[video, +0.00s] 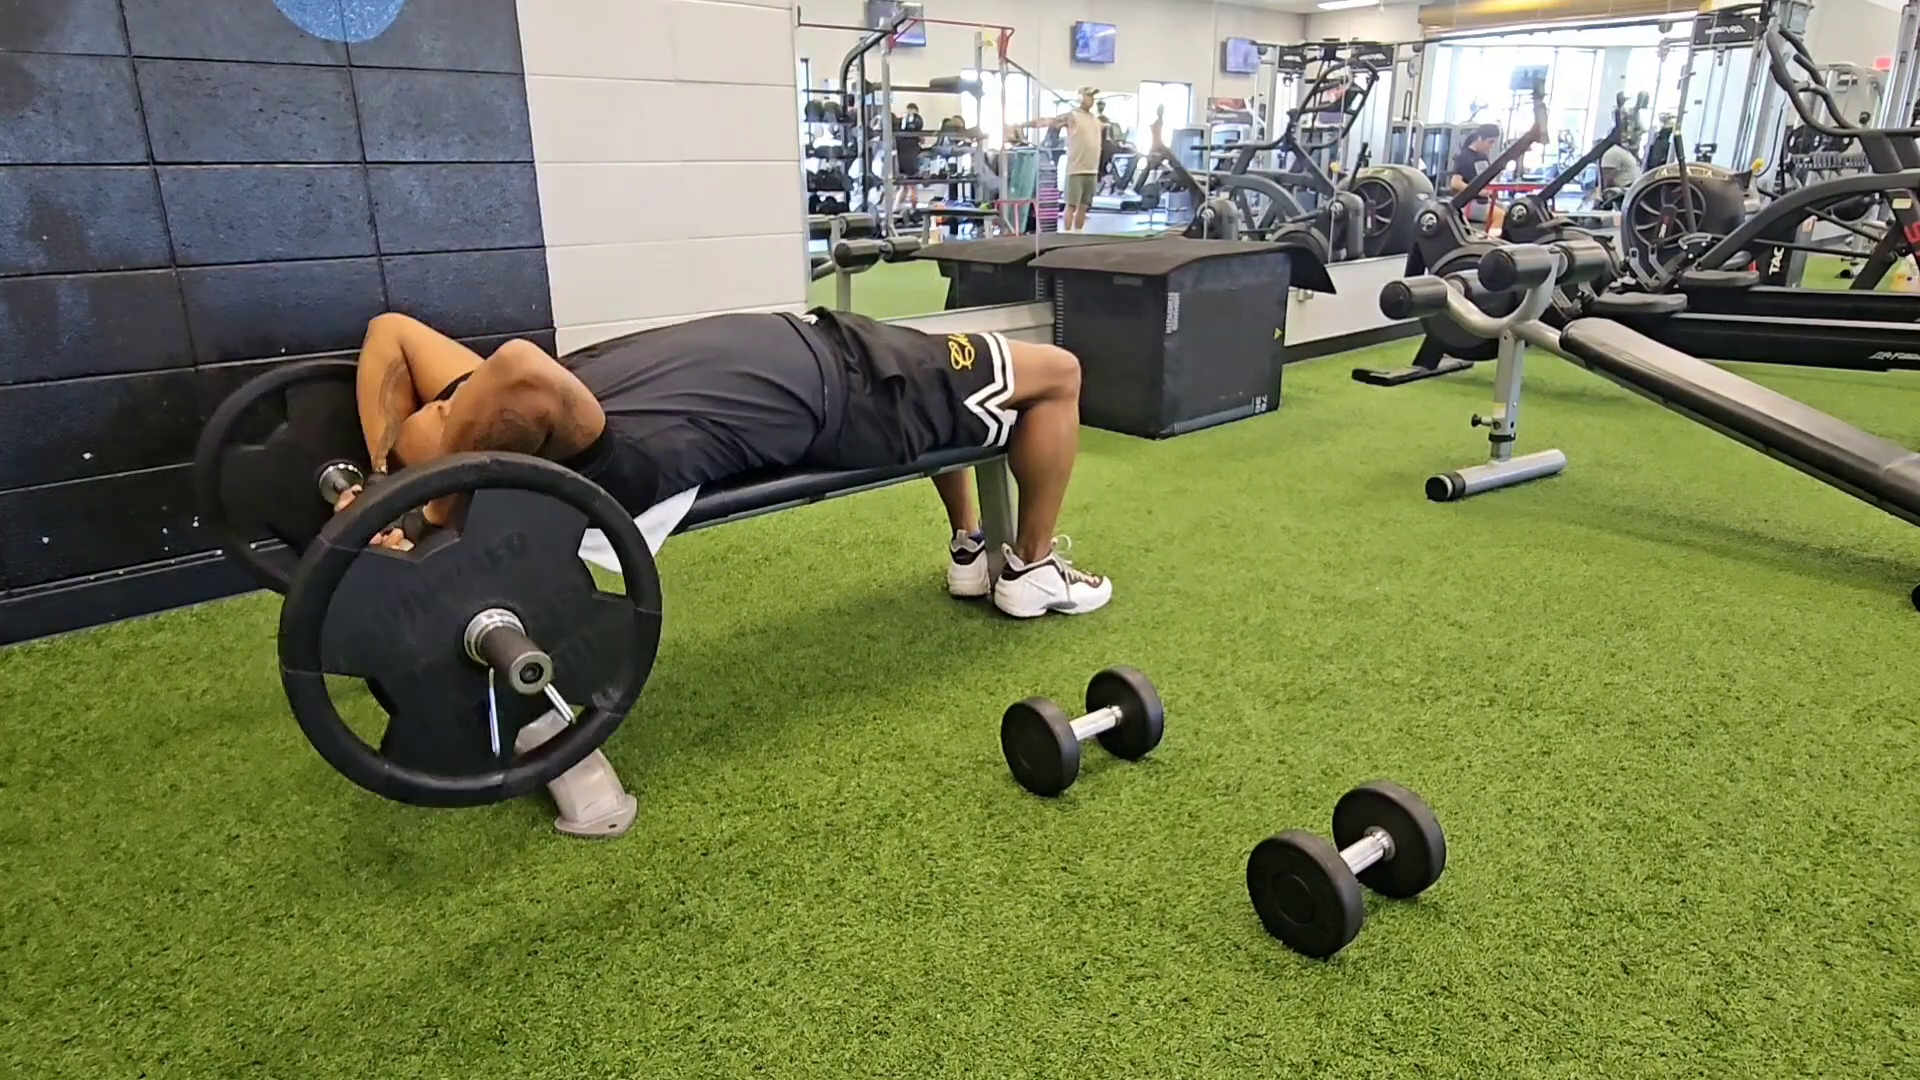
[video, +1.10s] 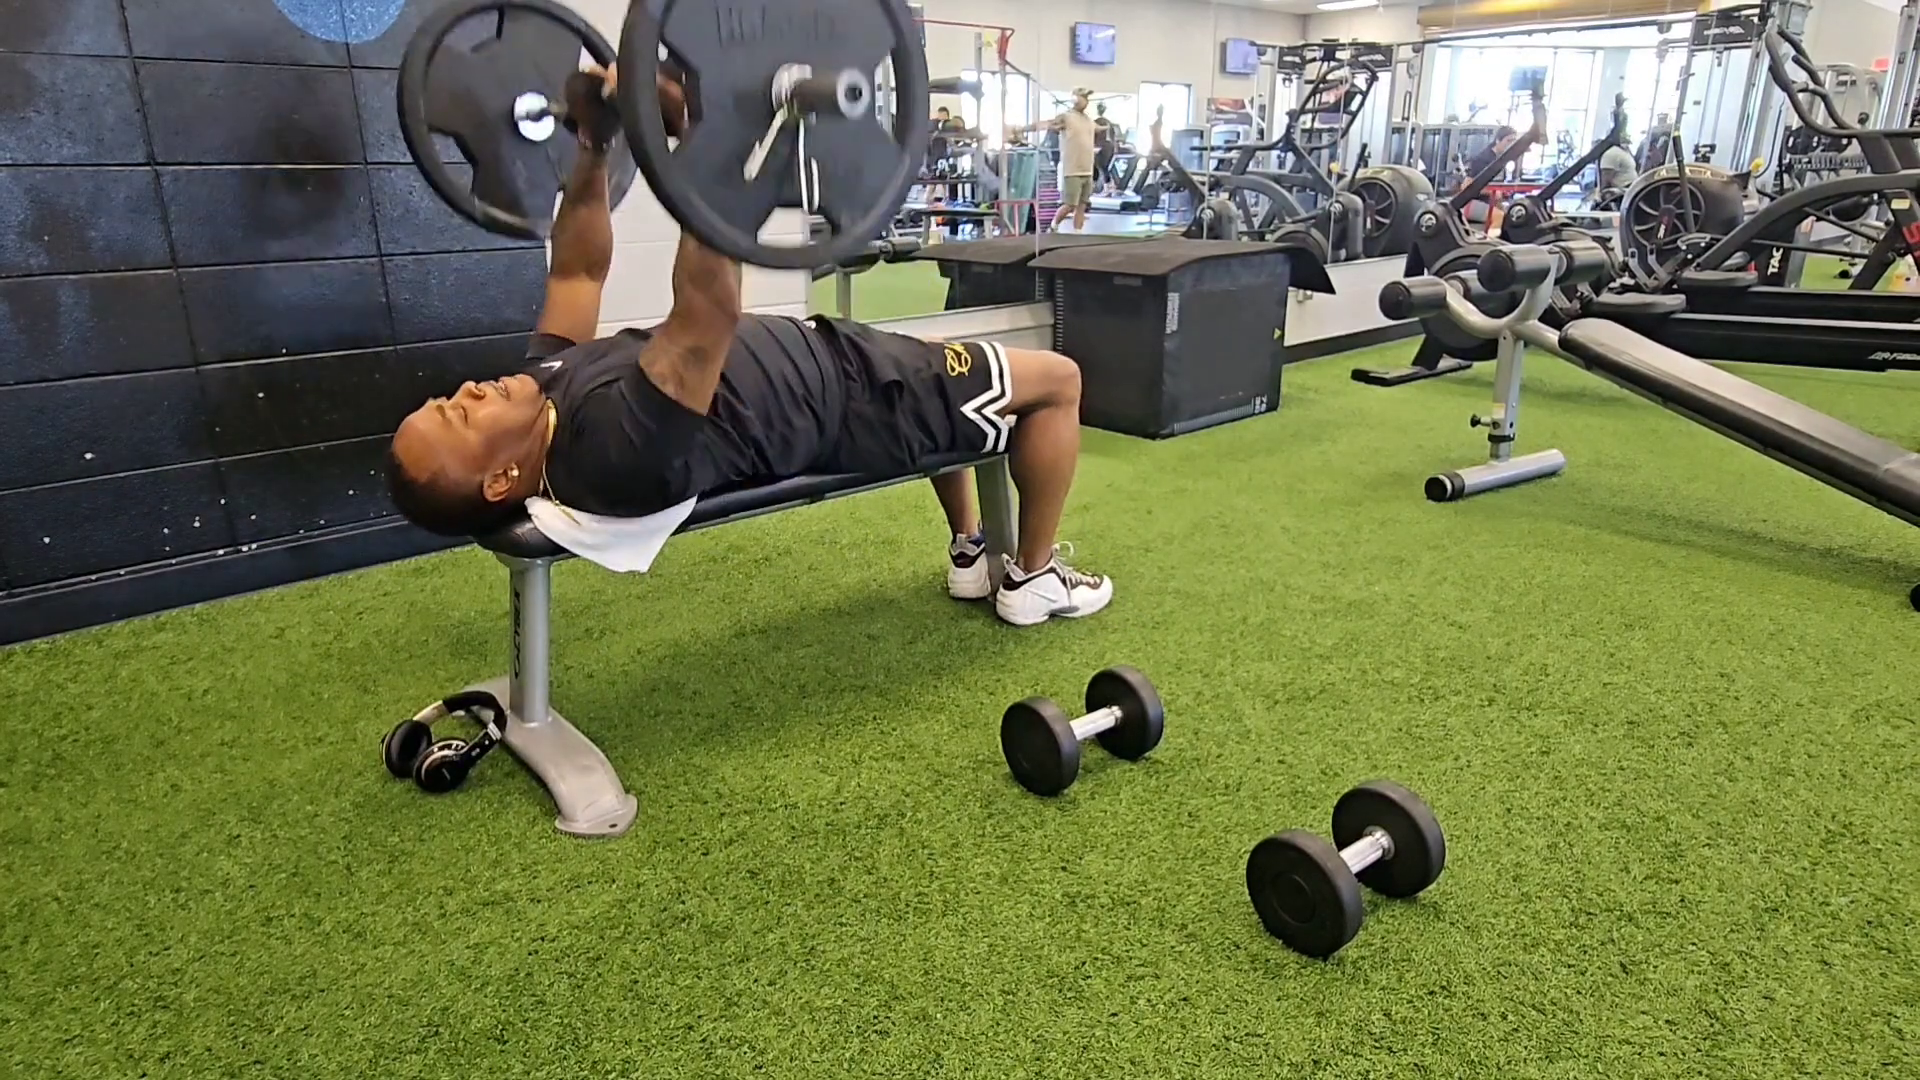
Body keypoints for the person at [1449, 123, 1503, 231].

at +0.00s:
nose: (1491, 146)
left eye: (1493, 143)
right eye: (1490, 142)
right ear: (1480, 138)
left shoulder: (1484, 157)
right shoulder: (1464, 156)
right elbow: (1455, 182)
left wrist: (1492, 189)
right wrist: (1479, 192)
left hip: (1486, 200)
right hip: (1470, 202)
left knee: (1507, 213)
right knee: (1499, 215)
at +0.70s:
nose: (1492, 144)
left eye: (1494, 140)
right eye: (1490, 140)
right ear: (1479, 138)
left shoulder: (1485, 157)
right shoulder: (1464, 156)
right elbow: (1454, 185)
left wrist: (1491, 191)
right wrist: (1478, 192)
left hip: (1486, 200)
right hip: (1469, 203)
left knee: (1506, 214)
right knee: (1499, 216)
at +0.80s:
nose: (1492, 144)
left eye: (1494, 140)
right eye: (1490, 139)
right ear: (1479, 138)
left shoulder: (1486, 157)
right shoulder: (1465, 156)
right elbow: (1455, 185)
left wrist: (1493, 191)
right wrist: (1480, 193)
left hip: (1487, 201)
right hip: (1469, 202)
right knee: (1499, 217)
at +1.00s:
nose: (1504, 143)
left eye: (1505, 139)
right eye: (1502, 138)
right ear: (1490, 138)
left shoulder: (1497, 159)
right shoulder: (1478, 157)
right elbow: (1463, 185)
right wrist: (1486, 194)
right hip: (1469, 201)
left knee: (1510, 211)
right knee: (1498, 216)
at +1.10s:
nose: (1512, 144)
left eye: (1513, 141)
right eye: (1509, 140)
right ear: (1498, 140)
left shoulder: (1502, 159)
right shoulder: (1483, 158)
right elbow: (1467, 186)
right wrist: (1492, 192)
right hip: (1473, 202)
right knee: (1499, 217)